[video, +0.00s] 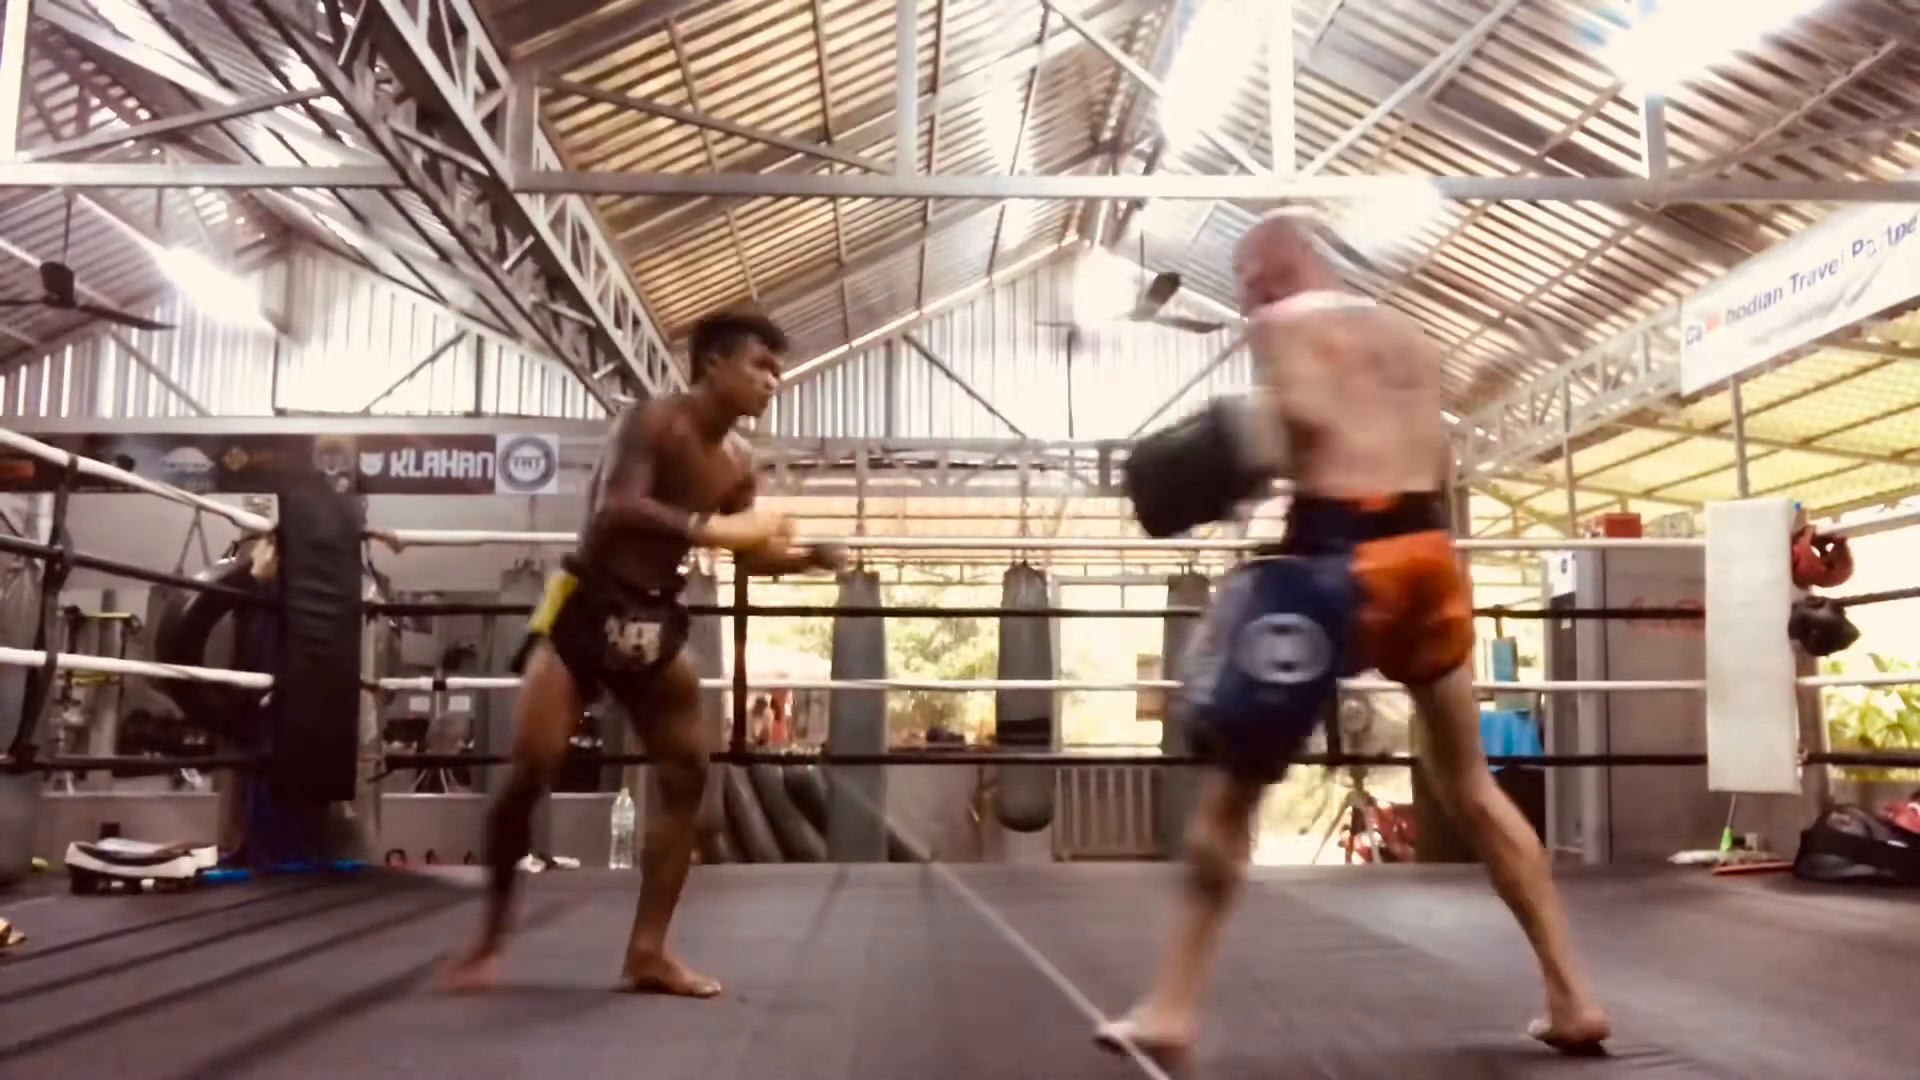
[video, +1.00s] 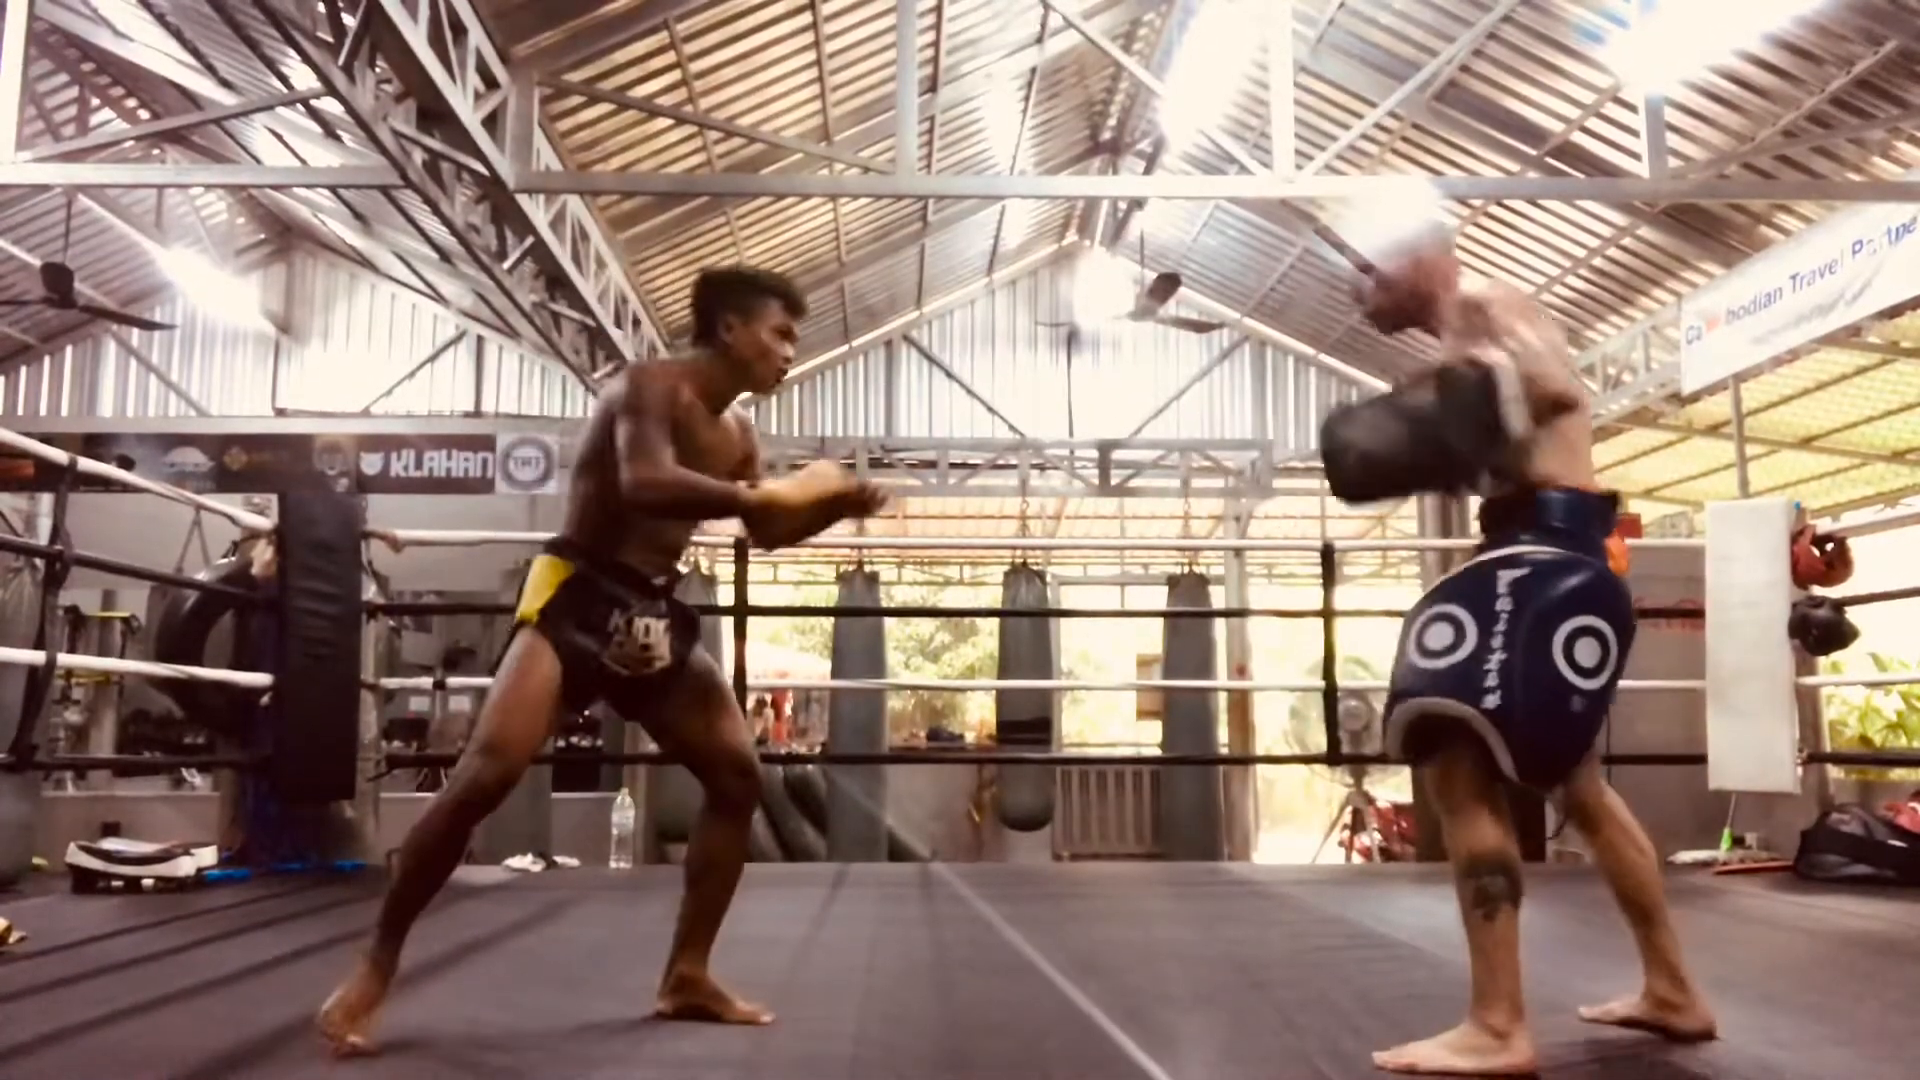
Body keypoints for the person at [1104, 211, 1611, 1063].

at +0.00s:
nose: (1252, 302)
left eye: (1254, 286)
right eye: (1249, 289)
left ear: (1285, 266)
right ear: (1317, 261)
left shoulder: (1284, 322)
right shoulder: (1410, 334)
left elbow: (1298, 430)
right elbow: (1429, 461)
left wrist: (1214, 454)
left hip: (1333, 562)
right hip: (1431, 551)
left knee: (1230, 797)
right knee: (1470, 788)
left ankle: (1171, 1011)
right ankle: (1573, 999)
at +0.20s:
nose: (1294, 264)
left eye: (1301, 244)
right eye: (1292, 249)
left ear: (1341, 232)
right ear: (1361, 232)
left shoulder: (1390, 289)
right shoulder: (1407, 297)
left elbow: (1472, 362)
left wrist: (1379, 410)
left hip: (1434, 524)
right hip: (1482, 522)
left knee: (1334, 704)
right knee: (1511, 766)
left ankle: (1427, 1003)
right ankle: (1599, 988)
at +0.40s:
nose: (1295, 274)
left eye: (1300, 252)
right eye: (1291, 257)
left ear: (1339, 239)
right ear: (1353, 235)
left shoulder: (1403, 284)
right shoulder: (1425, 293)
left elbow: (1508, 357)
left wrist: (1404, 416)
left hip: (1479, 532)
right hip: (1517, 532)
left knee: (1456, 774)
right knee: (1535, 773)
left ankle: (1500, 1024)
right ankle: (1625, 987)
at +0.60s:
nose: (1287, 304)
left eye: (1290, 283)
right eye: (1280, 288)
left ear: (1334, 264)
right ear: (1349, 265)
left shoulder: (1422, 322)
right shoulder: (1457, 310)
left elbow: (1484, 450)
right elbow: (1494, 454)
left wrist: (1367, 474)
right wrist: (1375, 493)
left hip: (1514, 537)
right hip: (1555, 534)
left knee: (1451, 762)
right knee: (1525, 760)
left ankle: (1499, 1026)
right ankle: (1615, 962)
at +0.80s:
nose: (1318, 283)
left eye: (1322, 264)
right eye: (1315, 268)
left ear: (1361, 253)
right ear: (1396, 242)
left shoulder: (1434, 301)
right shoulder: (1475, 297)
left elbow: (1474, 424)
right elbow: (1489, 418)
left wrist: (1369, 414)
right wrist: (1379, 382)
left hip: (1514, 528)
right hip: (1564, 523)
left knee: (1464, 761)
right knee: (1561, 765)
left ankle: (1499, 1023)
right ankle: (1645, 960)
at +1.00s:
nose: (1364, 295)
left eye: (1371, 273)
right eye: (1359, 278)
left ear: (1420, 258)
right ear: (1425, 260)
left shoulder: (1493, 307)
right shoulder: (1465, 334)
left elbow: (1560, 387)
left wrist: (1459, 391)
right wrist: (1408, 428)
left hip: (1540, 541)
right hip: (1552, 541)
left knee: (1458, 767)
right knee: (1580, 785)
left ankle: (1496, 1023)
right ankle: (1673, 992)